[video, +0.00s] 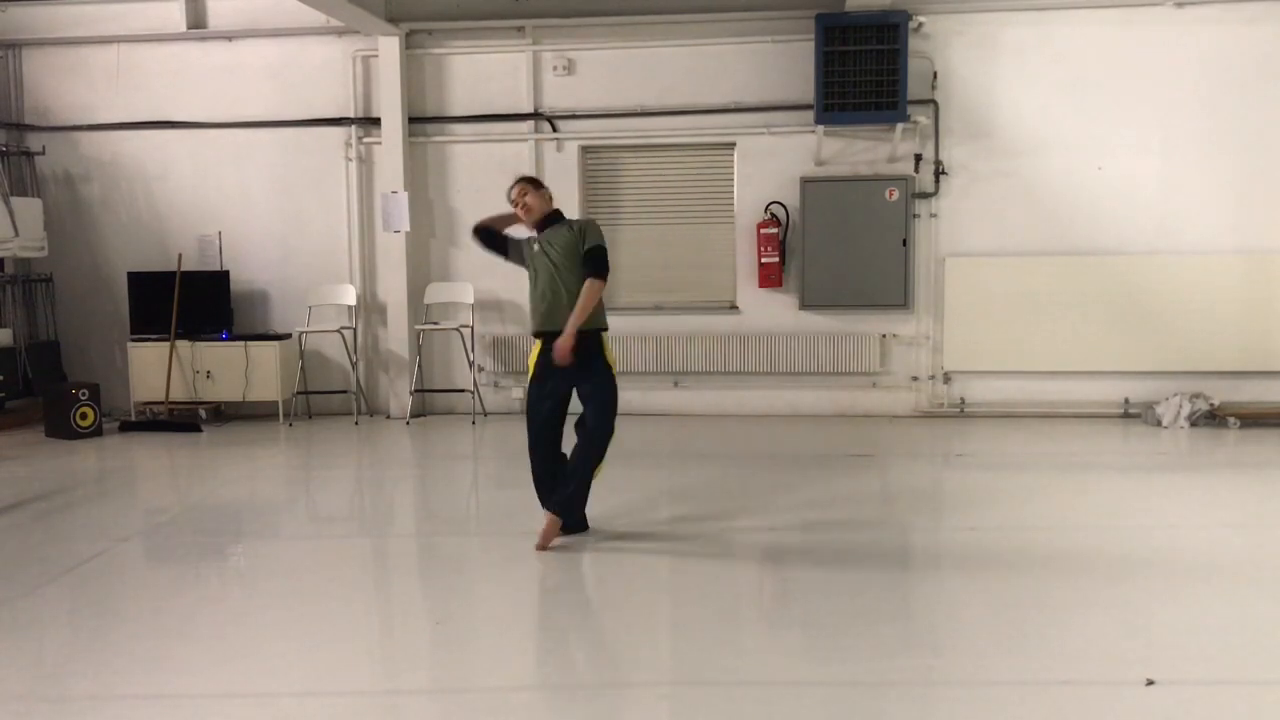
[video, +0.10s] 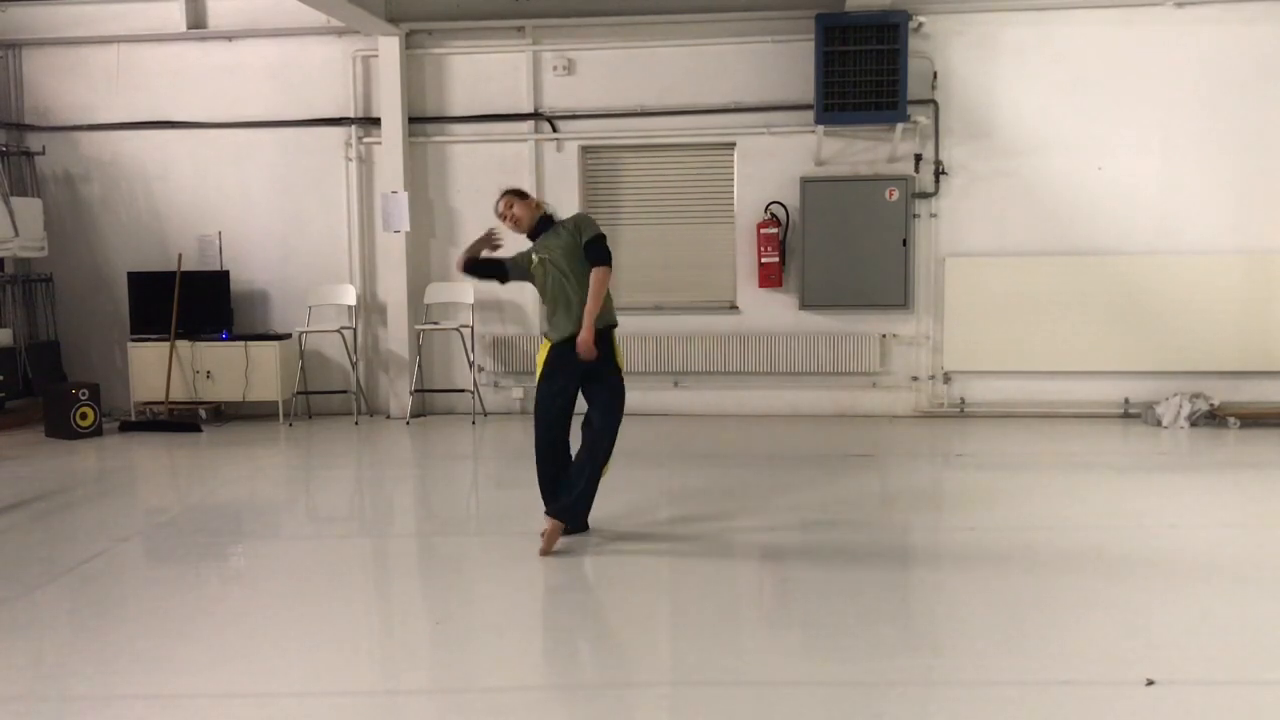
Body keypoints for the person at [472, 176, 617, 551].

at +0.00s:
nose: (520, 205)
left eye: (525, 195)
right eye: (515, 204)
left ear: (547, 196)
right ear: (519, 215)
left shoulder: (583, 229)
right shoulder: (529, 249)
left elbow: (597, 280)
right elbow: (481, 232)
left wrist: (569, 332)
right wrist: (515, 216)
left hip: (587, 344)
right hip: (548, 349)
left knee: (600, 424)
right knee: (542, 437)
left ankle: (559, 509)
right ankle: (571, 517)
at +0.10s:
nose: (509, 216)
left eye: (512, 207)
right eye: (504, 218)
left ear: (533, 201)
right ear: (510, 227)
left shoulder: (577, 223)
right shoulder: (528, 261)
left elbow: (601, 267)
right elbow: (470, 267)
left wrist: (588, 326)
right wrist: (474, 251)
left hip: (598, 340)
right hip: (560, 349)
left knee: (603, 429)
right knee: (549, 431)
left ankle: (562, 515)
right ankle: (568, 516)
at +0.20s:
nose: (498, 231)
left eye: (499, 222)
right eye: (494, 234)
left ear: (518, 214)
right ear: (501, 242)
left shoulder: (568, 223)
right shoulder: (531, 269)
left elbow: (598, 262)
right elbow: (493, 295)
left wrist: (594, 324)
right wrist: (466, 267)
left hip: (607, 340)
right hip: (568, 347)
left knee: (602, 437)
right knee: (555, 433)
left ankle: (570, 522)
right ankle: (562, 516)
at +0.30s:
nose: (495, 254)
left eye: (491, 245)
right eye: (489, 256)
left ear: (505, 229)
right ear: (494, 261)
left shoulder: (560, 229)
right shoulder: (530, 277)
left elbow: (590, 267)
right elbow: (529, 312)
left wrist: (591, 327)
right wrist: (476, 286)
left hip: (613, 338)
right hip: (576, 345)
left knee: (605, 433)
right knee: (558, 428)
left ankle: (587, 522)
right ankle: (569, 517)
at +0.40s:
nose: (498, 272)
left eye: (493, 264)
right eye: (493, 275)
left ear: (504, 246)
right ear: (500, 280)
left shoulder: (555, 237)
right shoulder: (531, 291)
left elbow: (579, 282)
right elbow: (558, 328)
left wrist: (585, 339)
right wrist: (513, 310)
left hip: (614, 340)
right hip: (577, 348)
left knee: (616, 432)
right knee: (559, 433)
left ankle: (610, 521)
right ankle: (571, 519)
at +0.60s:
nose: (517, 309)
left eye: (512, 301)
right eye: (510, 308)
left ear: (519, 278)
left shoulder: (560, 262)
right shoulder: (538, 307)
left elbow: (559, 297)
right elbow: (546, 333)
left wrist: (557, 326)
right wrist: (562, 348)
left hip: (619, 352)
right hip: (581, 359)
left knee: (646, 436)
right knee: (556, 437)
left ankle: (673, 526)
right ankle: (571, 520)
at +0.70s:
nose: (530, 328)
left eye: (526, 322)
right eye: (524, 326)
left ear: (534, 299)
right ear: (534, 299)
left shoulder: (567, 286)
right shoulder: (546, 290)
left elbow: (552, 338)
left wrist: (559, 345)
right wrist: (568, 350)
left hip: (627, 355)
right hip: (589, 358)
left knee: (652, 441)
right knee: (556, 439)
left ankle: (689, 526)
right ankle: (572, 520)